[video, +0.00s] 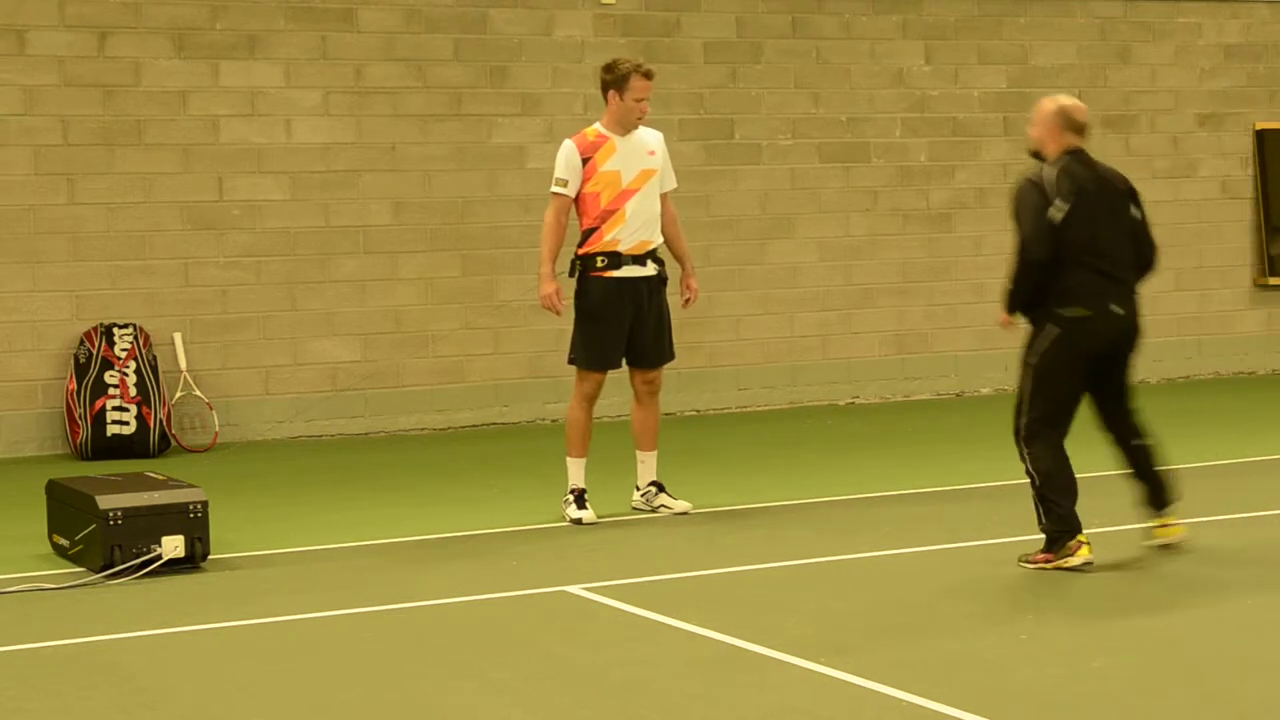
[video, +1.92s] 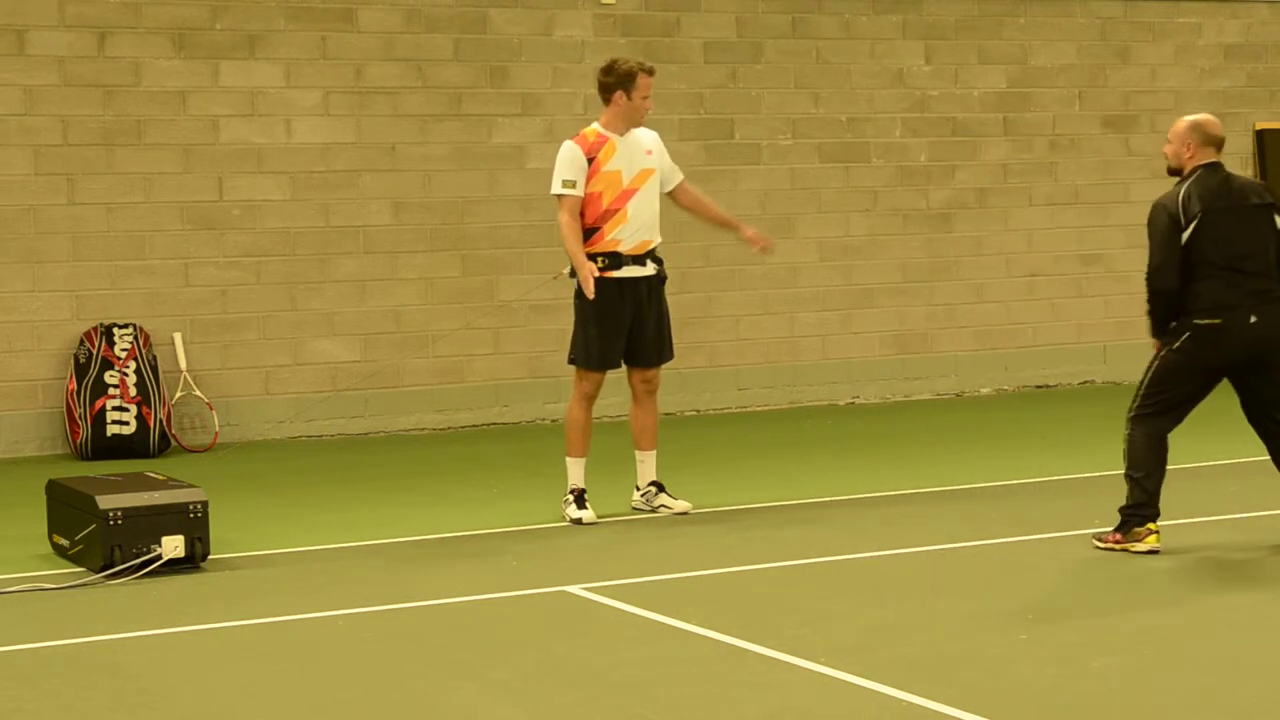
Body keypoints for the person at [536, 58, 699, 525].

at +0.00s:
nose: (646, 108)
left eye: (649, 100)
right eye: (639, 101)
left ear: (645, 100)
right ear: (612, 98)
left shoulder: (653, 142)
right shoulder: (577, 149)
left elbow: (665, 209)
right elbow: (557, 214)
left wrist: (686, 264)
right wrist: (547, 275)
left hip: (649, 280)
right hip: (600, 283)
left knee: (648, 384)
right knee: (588, 388)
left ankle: (647, 487)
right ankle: (576, 492)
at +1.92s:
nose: (650, 105)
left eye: (651, 97)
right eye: (645, 98)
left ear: (627, 98)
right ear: (617, 98)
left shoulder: (650, 143)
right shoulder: (579, 149)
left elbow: (685, 194)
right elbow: (567, 216)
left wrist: (740, 227)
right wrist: (581, 267)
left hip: (646, 280)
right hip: (601, 281)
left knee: (646, 383)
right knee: (586, 388)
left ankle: (647, 487)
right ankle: (575, 491)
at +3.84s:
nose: (617, 113)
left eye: (623, 105)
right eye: (609, 105)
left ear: (631, 101)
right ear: (591, 101)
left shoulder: (649, 142)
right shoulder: (572, 151)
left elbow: (663, 207)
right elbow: (553, 213)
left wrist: (680, 262)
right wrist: (543, 263)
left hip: (646, 279)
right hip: (598, 282)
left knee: (646, 383)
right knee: (586, 387)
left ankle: (647, 487)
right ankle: (576, 492)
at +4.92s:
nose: (617, 110)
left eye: (625, 102)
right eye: (614, 101)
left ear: (645, 102)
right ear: (611, 101)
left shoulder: (683, 143)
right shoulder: (603, 146)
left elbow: (703, 218)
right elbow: (571, 205)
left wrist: (719, 274)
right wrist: (523, 245)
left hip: (668, 278)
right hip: (617, 277)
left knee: (662, 384)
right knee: (598, 383)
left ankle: (656, 487)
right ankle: (577, 489)